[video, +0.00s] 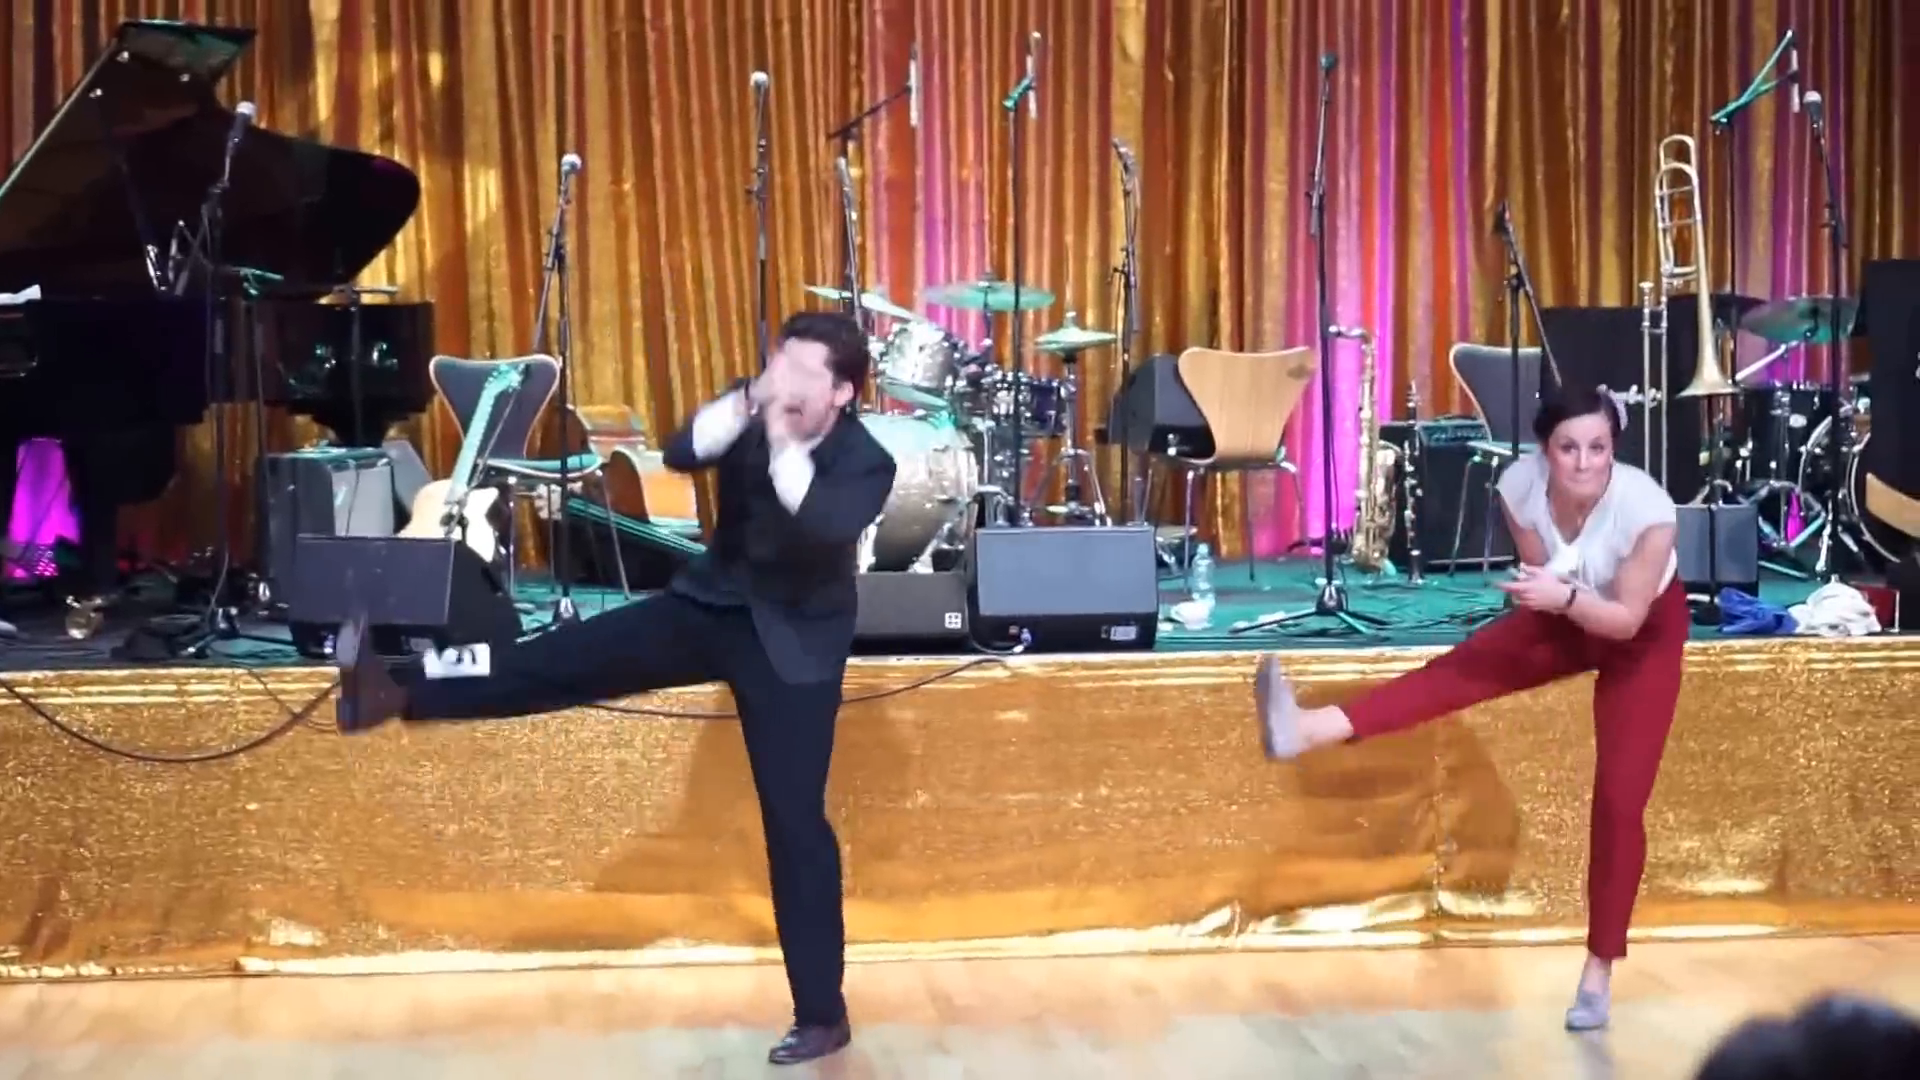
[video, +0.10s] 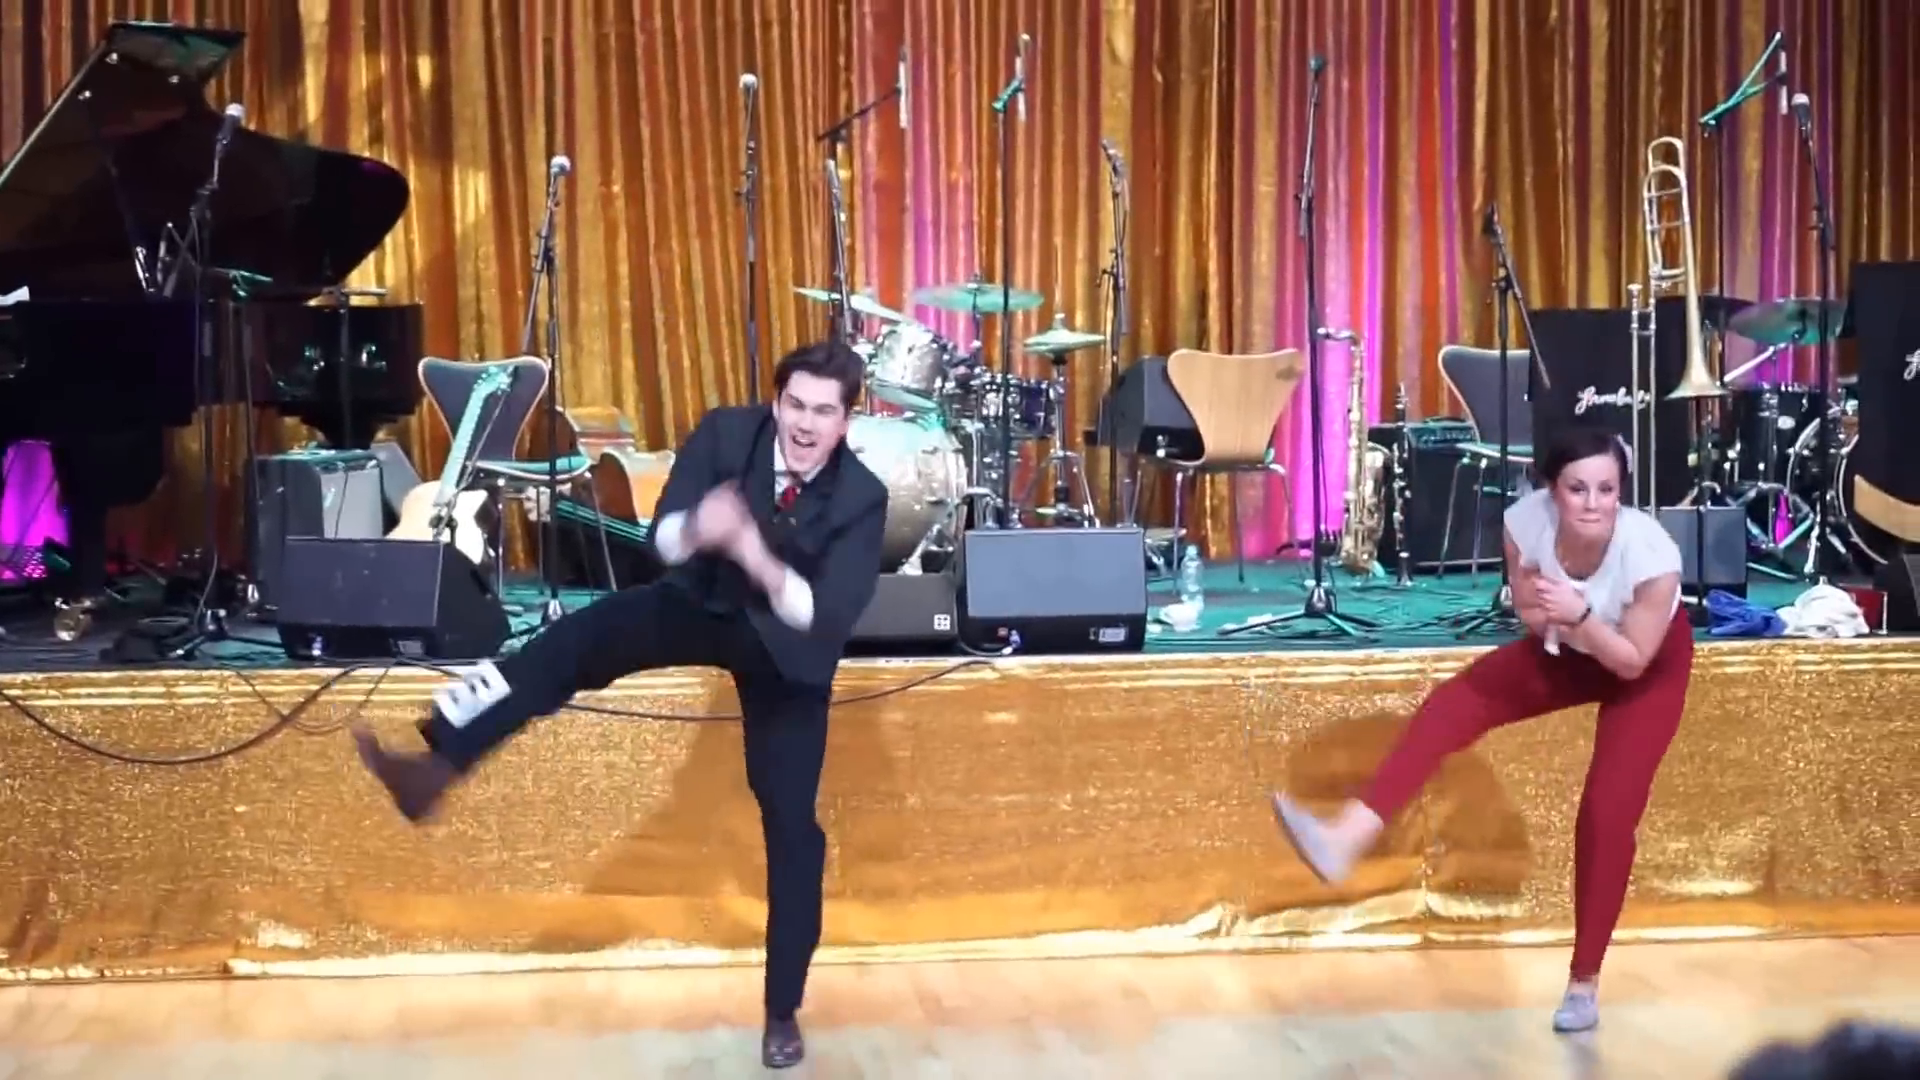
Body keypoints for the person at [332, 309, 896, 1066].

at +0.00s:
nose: (781, 391)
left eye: (800, 383)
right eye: (778, 374)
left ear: (844, 392)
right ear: (770, 367)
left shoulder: (865, 460)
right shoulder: (752, 411)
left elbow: (828, 522)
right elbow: (682, 455)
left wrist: (783, 443)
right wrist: (743, 407)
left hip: (792, 647)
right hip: (706, 609)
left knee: (794, 822)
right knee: (563, 661)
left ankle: (822, 1017)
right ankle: (397, 694)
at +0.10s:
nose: (806, 423)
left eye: (825, 411)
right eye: (797, 405)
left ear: (850, 417)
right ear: (778, 399)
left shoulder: (862, 498)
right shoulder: (726, 434)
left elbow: (828, 617)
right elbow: (665, 541)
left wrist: (758, 558)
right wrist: (700, 526)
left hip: (786, 654)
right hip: (697, 608)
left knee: (792, 823)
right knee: (572, 643)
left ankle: (783, 1010)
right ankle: (434, 770)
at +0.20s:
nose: (815, 461)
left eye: (831, 448)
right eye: (803, 443)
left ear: (849, 451)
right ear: (776, 437)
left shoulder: (857, 530)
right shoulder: (713, 475)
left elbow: (853, 646)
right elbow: (656, 569)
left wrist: (810, 747)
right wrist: (627, 679)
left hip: (780, 663)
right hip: (690, 634)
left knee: (778, 806)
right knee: (597, 718)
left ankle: (710, 988)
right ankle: (592, 888)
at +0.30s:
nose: (829, 516)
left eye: (841, 500)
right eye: (815, 499)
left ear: (853, 502)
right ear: (780, 495)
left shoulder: (853, 578)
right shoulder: (711, 534)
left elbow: (849, 701)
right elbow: (649, 644)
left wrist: (853, 830)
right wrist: (592, 762)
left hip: (769, 713)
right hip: (675, 698)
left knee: (758, 854)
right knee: (643, 843)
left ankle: (669, 1020)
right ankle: (730, 960)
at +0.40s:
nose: (837, 549)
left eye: (846, 533)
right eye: (822, 533)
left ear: (856, 533)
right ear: (782, 531)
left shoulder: (849, 592)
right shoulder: (704, 572)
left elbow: (844, 692)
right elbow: (647, 667)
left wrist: (849, 797)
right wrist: (611, 768)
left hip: (769, 715)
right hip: (679, 716)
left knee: (779, 855)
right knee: (689, 872)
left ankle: (668, 1008)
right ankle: (734, 978)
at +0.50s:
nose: (843, 553)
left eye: (850, 536)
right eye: (828, 538)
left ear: (859, 535)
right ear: (784, 540)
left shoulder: (854, 588)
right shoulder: (700, 577)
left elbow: (835, 665)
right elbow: (641, 652)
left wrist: (822, 731)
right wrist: (630, 729)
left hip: (771, 698)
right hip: (681, 699)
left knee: (811, 819)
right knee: (694, 846)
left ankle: (734, 971)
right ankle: (687, 975)